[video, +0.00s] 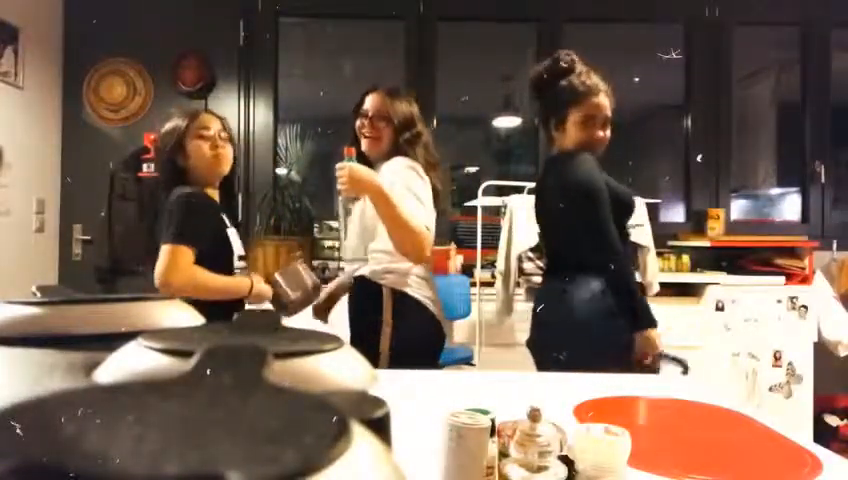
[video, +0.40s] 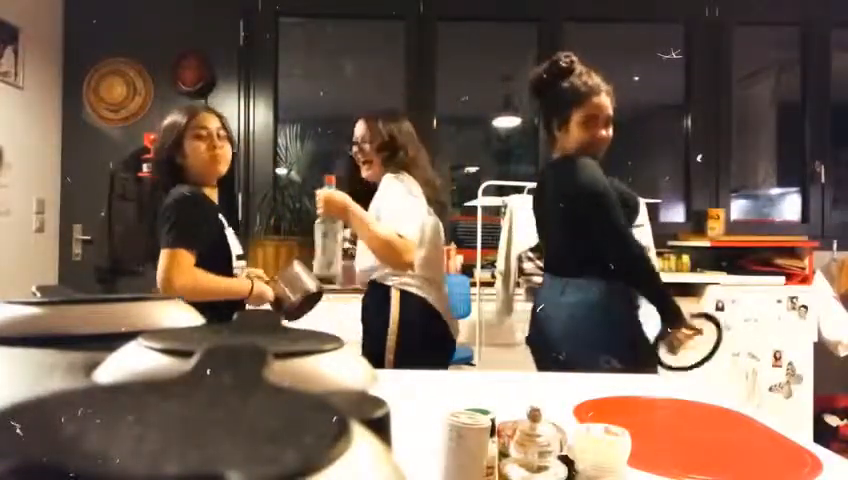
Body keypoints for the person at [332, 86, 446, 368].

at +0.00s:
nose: (366, 124)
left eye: (380, 118)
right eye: (362, 116)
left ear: (403, 128)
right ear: (355, 121)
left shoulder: (400, 170)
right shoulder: (383, 174)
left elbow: (419, 250)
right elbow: (379, 256)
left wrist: (374, 188)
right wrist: (338, 288)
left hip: (394, 307)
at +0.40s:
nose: (356, 152)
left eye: (363, 143)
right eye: (354, 145)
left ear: (389, 143)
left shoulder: (396, 186)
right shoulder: (412, 188)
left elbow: (402, 255)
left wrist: (349, 210)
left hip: (402, 311)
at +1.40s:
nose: (396, 124)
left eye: (409, 118)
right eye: (392, 116)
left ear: (431, 129)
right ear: (385, 122)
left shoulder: (426, 170)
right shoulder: (412, 172)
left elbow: (439, 250)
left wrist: (372, 224)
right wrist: (370, 228)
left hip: (424, 311)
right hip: (410, 308)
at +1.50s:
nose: (400, 127)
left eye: (412, 121)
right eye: (395, 119)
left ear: (432, 134)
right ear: (387, 127)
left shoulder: (433, 181)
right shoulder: (411, 184)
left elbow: (444, 262)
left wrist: (377, 231)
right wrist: (368, 238)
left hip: (427, 315)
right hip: (408, 311)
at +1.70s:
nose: (406, 113)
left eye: (418, 107)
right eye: (401, 105)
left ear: (439, 118)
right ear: (392, 113)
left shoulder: (439, 165)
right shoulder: (407, 169)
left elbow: (455, 245)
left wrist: (386, 224)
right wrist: (370, 226)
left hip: (429, 303)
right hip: (400, 299)